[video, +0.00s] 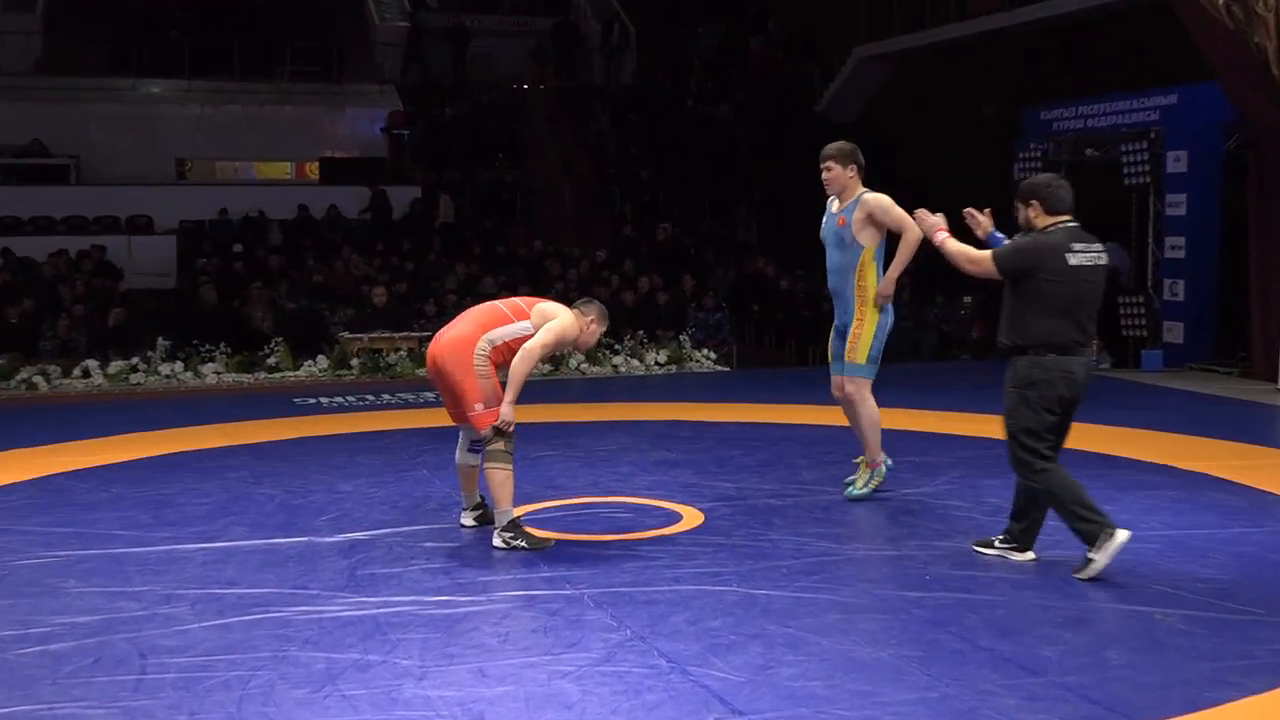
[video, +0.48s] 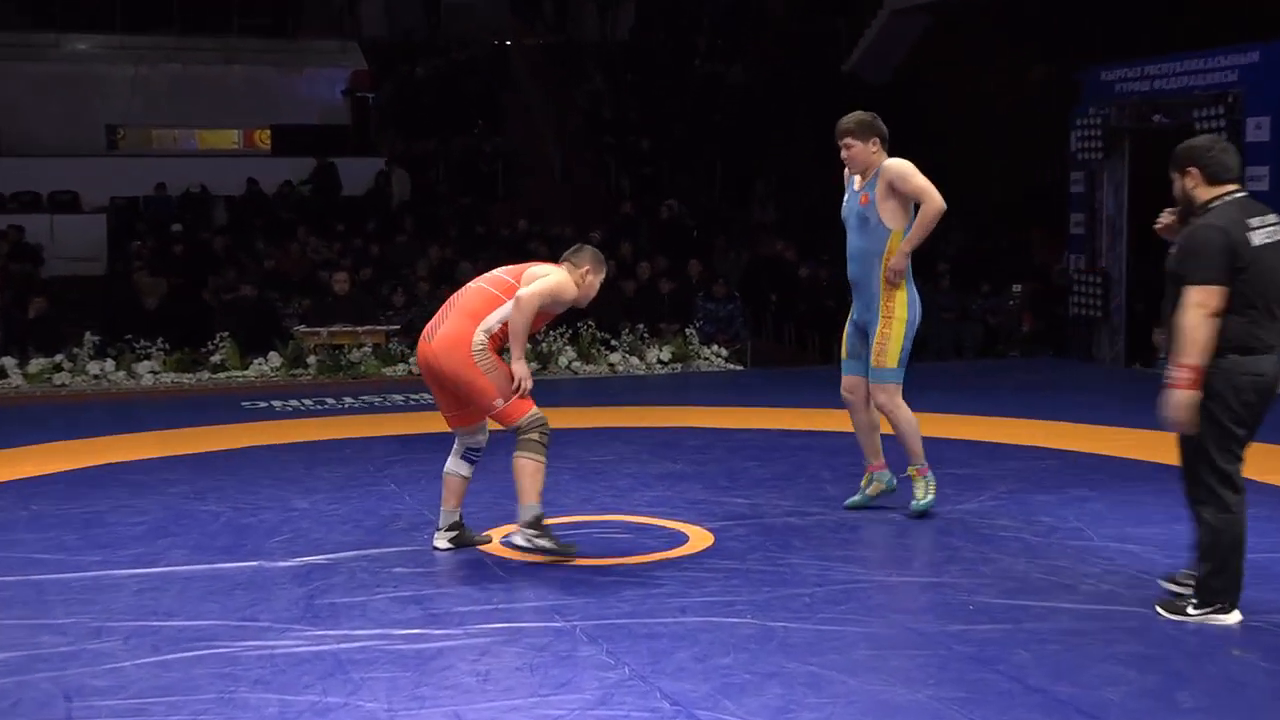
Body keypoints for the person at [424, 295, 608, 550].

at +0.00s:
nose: (596, 341)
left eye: (600, 335)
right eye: (600, 333)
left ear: (585, 318)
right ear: (590, 323)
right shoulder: (567, 322)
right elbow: (528, 351)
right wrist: (508, 403)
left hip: (442, 350)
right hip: (468, 353)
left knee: (472, 434)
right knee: (499, 434)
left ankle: (472, 509)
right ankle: (506, 527)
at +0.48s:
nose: (597, 291)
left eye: (600, 284)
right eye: (599, 282)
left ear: (566, 264)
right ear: (585, 272)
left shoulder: (533, 272)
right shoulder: (564, 283)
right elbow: (524, 299)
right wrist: (519, 359)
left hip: (430, 349)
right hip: (465, 349)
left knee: (471, 437)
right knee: (533, 426)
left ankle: (448, 528)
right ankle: (530, 527)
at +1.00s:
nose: (688, 287)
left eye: (694, 281)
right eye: (694, 279)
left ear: (660, 250)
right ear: (682, 264)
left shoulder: (606, 258)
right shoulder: (656, 281)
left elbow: (574, 334)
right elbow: (633, 350)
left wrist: (624, 345)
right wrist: (657, 362)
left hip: (498, 340)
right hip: (548, 347)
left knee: (496, 452)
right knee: (591, 457)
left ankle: (439, 544)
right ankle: (602, 565)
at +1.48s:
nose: (725, 265)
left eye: (732, 257)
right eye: (730, 254)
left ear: (691, 226)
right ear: (714, 238)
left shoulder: (628, 239)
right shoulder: (684, 251)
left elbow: (613, 342)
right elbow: (681, 326)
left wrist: (684, 327)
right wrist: (724, 329)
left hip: (513, 337)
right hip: (563, 340)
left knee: (560, 455)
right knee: (621, 455)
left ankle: (564, 572)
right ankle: (590, 578)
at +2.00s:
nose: (806, 265)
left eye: (810, 257)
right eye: (807, 251)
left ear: (770, 198)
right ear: (783, 219)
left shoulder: (677, 209)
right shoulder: (733, 223)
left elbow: (757, 286)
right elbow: (826, 229)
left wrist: (800, 251)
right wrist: (843, 219)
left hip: (563, 324)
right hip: (622, 332)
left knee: (565, 460)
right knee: (667, 463)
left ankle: (524, 580)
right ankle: (670, 594)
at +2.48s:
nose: (754, 262)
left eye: (765, 255)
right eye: (765, 249)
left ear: (749, 227)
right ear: (754, 225)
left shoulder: (680, 248)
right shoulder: (713, 205)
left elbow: (694, 312)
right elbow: (819, 191)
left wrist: (749, 329)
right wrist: (835, 232)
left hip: (568, 326)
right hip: (629, 332)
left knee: (530, 463)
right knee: (698, 436)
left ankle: (487, 587)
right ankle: (662, 548)